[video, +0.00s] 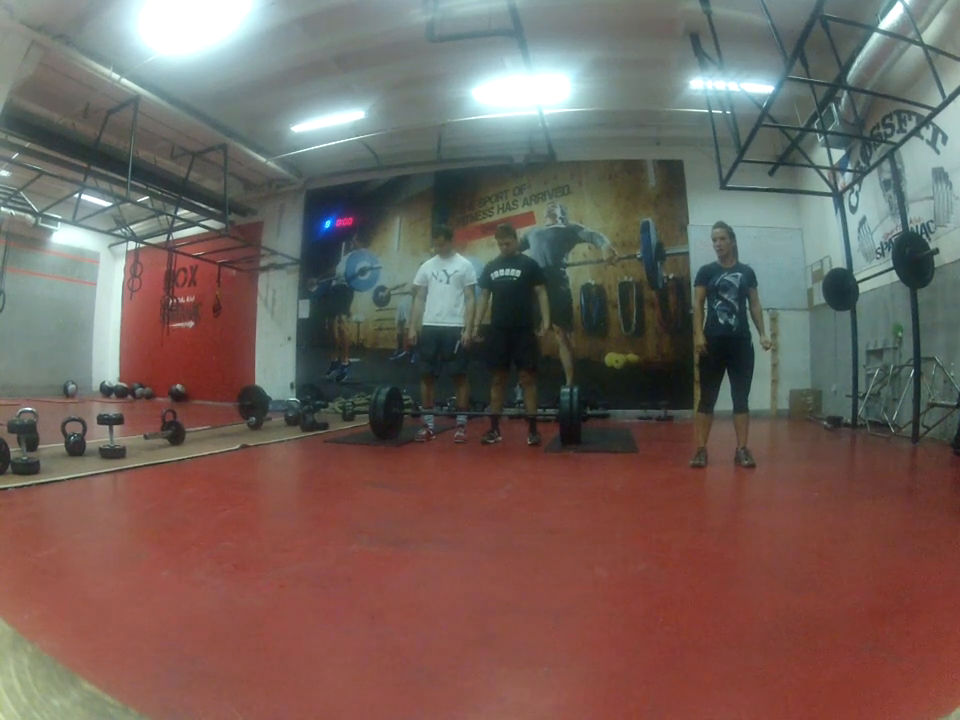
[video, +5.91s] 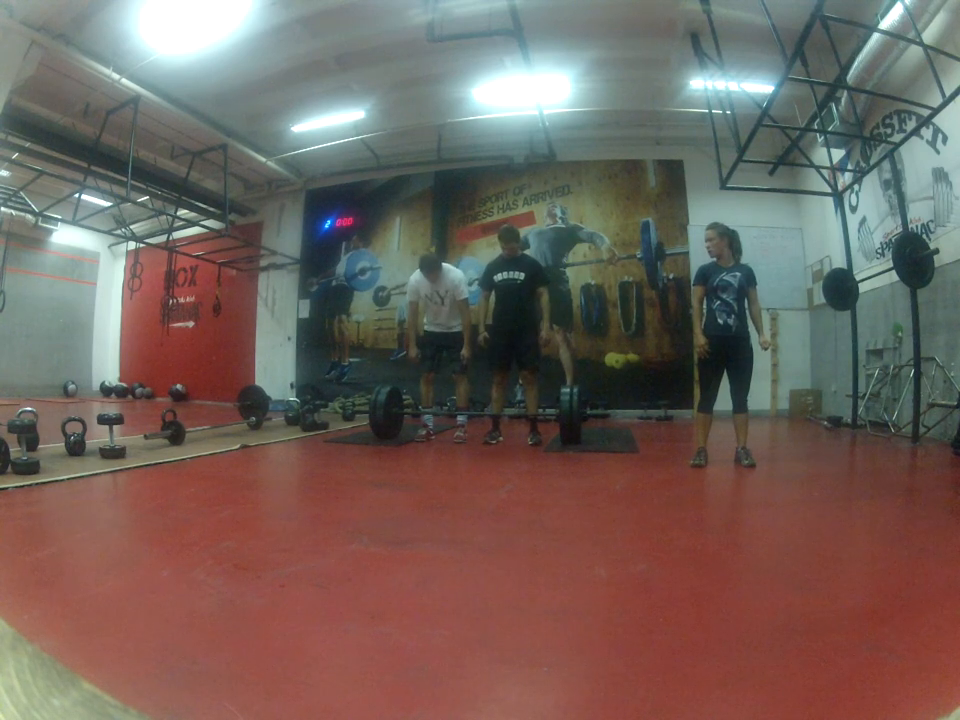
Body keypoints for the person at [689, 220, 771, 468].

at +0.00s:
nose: (718, 244)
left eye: (722, 239)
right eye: (715, 240)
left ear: (733, 242)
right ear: (712, 244)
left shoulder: (746, 272)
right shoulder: (706, 272)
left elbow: (754, 305)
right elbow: (698, 305)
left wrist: (762, 333)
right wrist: (698, 335)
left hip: (740, 343)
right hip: (712, 343)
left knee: (740, 400)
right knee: (707, 399)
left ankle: (742, 449)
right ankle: (700, 450)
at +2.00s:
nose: (717, 244)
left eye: (721, 239)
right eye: (714, 240)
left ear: (732, 241)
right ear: (710, 244)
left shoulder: (746, 271)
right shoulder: (705, 272)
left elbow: (754, 304)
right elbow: (697, 306)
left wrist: (762, 333)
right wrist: (698, 335)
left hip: (740, 343)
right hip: (712, 342)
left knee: (741, 399)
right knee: (707, 399)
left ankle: (742, 449)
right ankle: (701, 450)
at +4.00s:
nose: (718, 243)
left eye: (722, 239)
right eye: (714, 240)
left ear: (732, 241)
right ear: (711, 244)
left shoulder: (746, 271)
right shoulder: (705, 271)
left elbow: (754, 305)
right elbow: (697, 306)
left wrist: (762, 333)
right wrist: (698, 335)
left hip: (740, 343)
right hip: (712, 342)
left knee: (740, 399)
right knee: (707, 398)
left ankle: (742, 449)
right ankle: (701, 449)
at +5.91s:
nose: (707, 245)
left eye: (711, 240)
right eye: (706, 241)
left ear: (727, 240)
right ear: (710, 244)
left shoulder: (746, 271)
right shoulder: (705, 271)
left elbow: (754, 305)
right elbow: (697, 305)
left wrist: (761, 333)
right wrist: (698, 334)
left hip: (739, 342)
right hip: (711, 342)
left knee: (740, 399)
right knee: (706, 398)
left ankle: (742, 449)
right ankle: (701, 449)